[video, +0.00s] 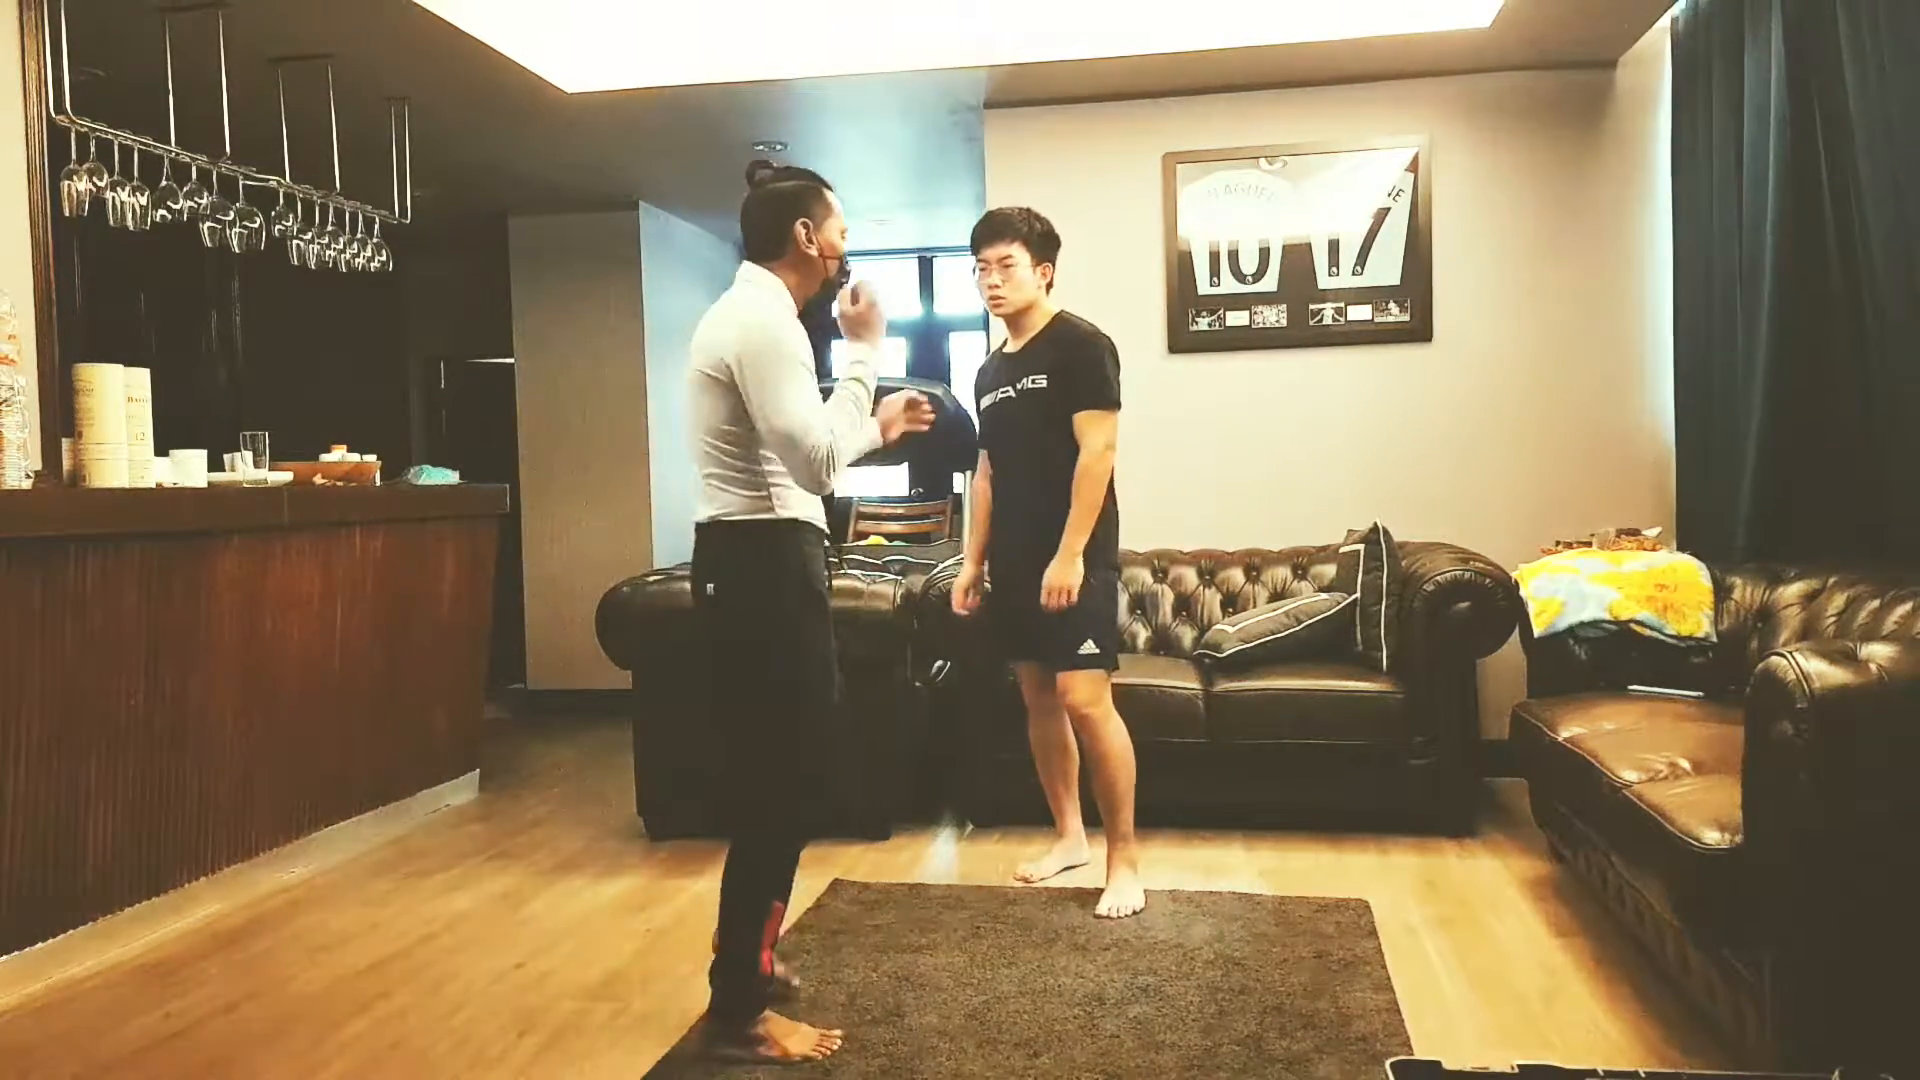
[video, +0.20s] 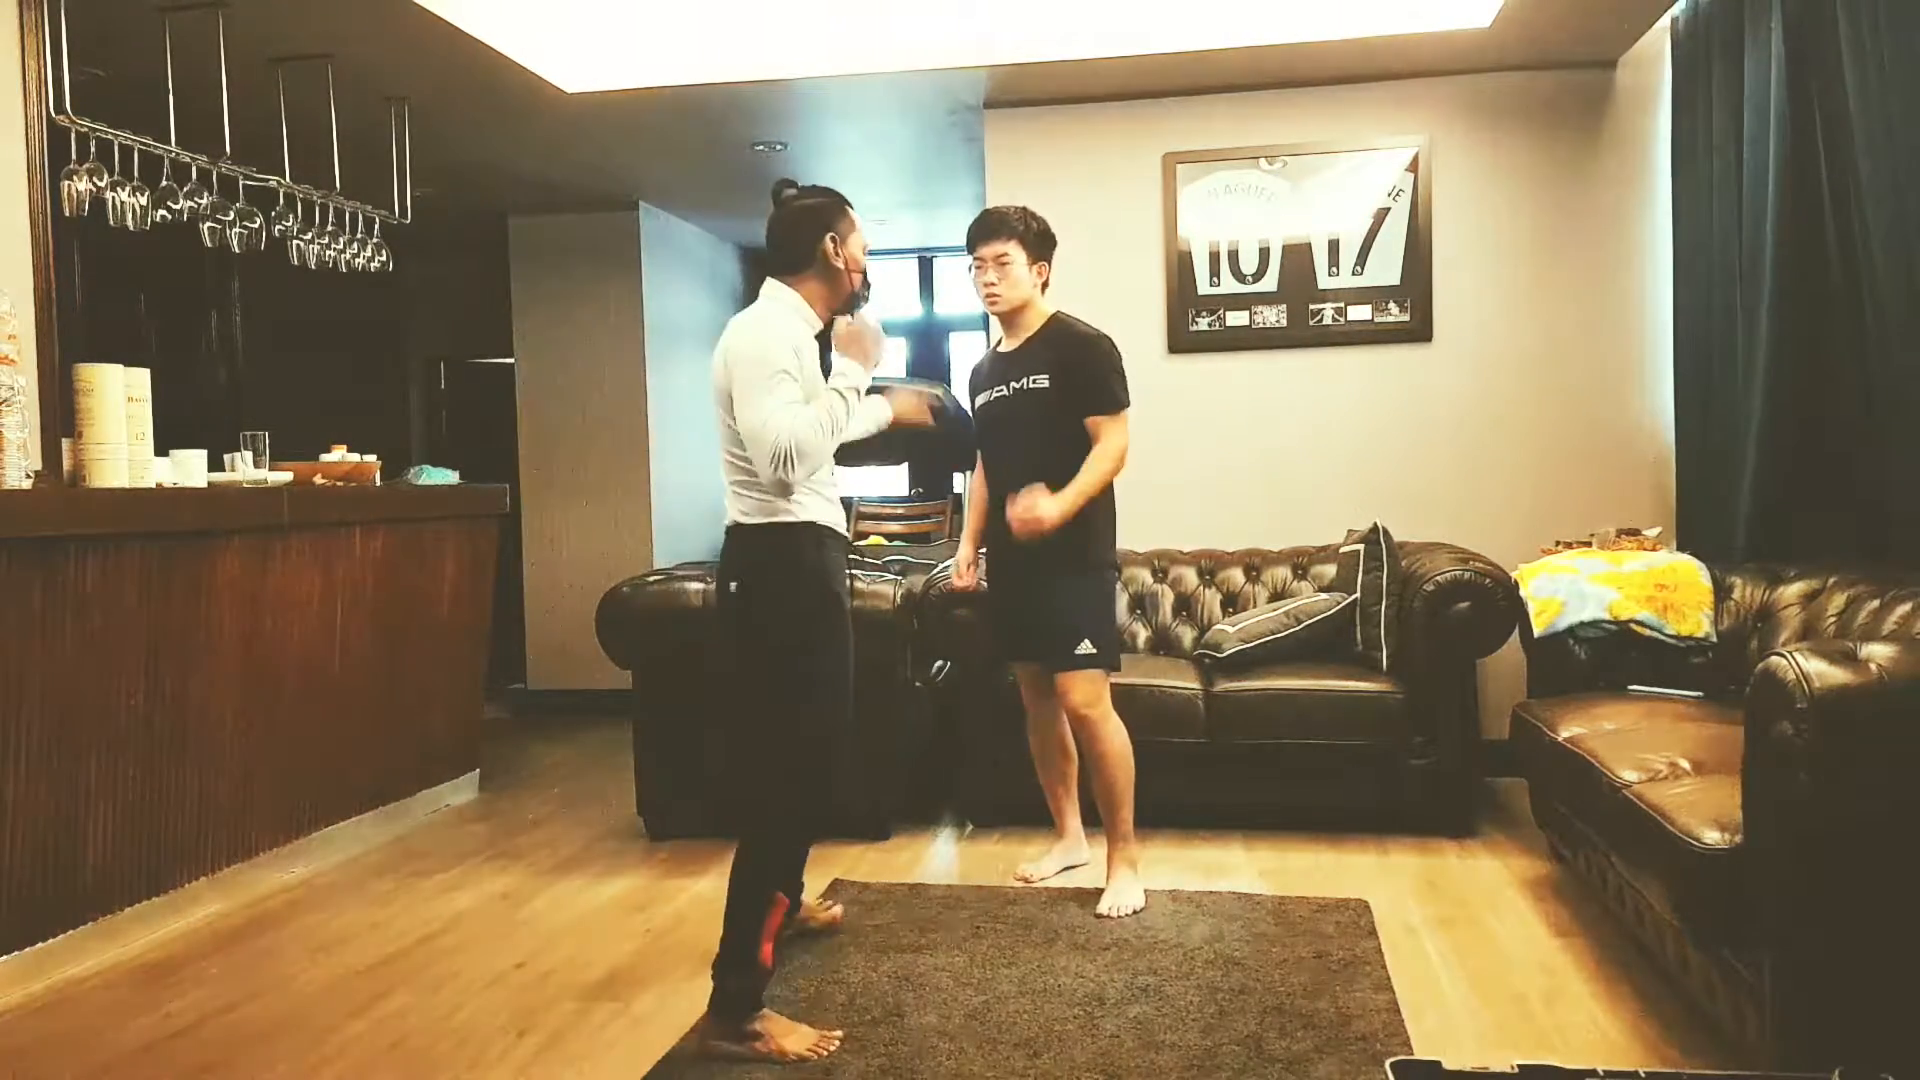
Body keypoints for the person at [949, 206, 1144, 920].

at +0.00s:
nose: (991, 280)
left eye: (1006, 266)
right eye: (983, 269)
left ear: (1046, 269)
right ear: (979, 278)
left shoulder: (1082, 345)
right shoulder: (990, 370)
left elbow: (1097, 455)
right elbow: (989, 469)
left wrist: (1070, 555)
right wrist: (973, 557)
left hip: (1077, 551)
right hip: (1016, 553)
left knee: (1085, 699)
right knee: (1040, 697)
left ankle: (1123, 861)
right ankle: (1071, 841)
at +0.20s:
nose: (988, 278)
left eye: (1002, 264)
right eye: (979, 267)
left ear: (1041, 269)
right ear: (974, 276)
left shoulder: (1084, 346)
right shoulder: (985, 372)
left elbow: (1113, 447)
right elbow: (986, 467)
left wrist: (1062, 502)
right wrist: (969, 542)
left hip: (1076, 555)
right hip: (1012, 556)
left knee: (1084, 701)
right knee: (1038, 699)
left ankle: (1123, 859)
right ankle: (1070, 842)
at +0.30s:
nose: (987, 277)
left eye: (1002, 263)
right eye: (979, 266)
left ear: (1041, 267)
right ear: (975, 275)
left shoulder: (1087, 346)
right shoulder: (983, 370)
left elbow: (1111, 440)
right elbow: (985, 457)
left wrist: (1070, 419)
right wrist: (970, 514)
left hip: (1078, 553)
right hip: (1012, 554)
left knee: (1082, 699)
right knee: (1036, 694)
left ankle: (1124, 858)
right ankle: (1069, 842)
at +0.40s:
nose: (987, 275)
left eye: (1002, 261)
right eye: (980, 263)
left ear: (1043, 265)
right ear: (977, 273)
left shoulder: (1082, 340)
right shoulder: (984, 366)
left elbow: (1077, 429)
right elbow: (976, 453)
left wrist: (1070, 331)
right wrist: (972, 463)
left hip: (1075, 542)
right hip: (1013, 546)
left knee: (1076, 696)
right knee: (1037, 696)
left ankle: (1123, 853)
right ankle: (1069, 841)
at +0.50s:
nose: (983, 273)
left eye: (995, 259)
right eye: (980, 261)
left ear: (1041, 262)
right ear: (1002, 269)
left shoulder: (1083, 327)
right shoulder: (1000, 349)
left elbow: (1059, 381)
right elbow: (955, 447)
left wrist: (997, 301)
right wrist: (945, 394)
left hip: (1078, 537)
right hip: (1020, 537)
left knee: (1069, 696)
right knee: (1035, 694)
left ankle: (1126, 847)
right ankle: (1070, 838)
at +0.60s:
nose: (993, 272)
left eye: (1006, 258)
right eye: (988, 260)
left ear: (1053, 262)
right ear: (993, 269)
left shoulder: (1084, 322)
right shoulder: (996, 337)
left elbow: (1046, 385)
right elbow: (951, 378)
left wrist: (947, 350)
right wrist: (926, 326)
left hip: (1083, 534)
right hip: (1027, 535)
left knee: (1059, 693)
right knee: (1027, 691)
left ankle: (1127, 847)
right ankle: (1071, 841)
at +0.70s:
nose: (1002, 284)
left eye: (1016, 270)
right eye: (999, 273)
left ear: (1063, 274)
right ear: (1003, 279)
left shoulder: (1092, 339)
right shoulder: (1008, 332)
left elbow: (1044, 420)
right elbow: (933, 325)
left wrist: (947, 420)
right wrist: (935, 273)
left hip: (1083, 552)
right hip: (1026, 553)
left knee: (1054, 700)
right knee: (1010, 705)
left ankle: (1119, 871)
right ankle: (1067, 841)